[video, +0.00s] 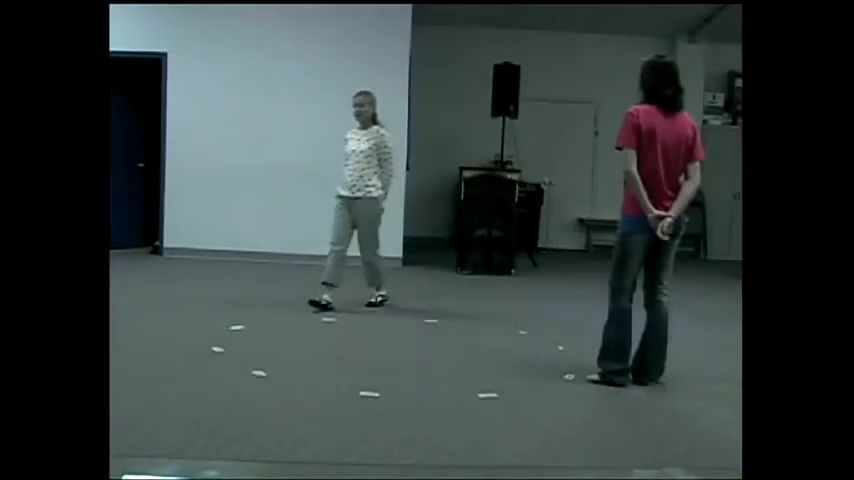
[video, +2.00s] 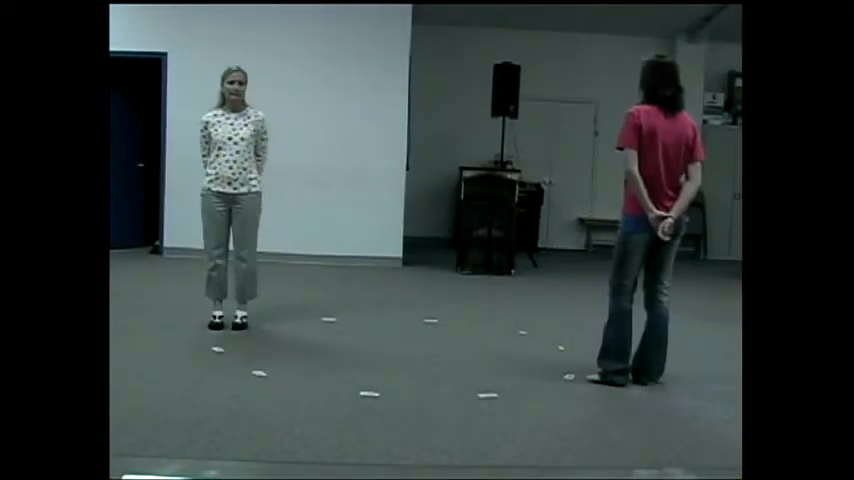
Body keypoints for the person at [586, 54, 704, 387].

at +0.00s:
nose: (642, 86)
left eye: (643, 81)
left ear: (646, 85)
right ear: (676, 85)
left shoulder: (636, 116)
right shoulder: (688, 124)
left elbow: (630, 168)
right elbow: (694, 178)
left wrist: (651, 210)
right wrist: (673, 215)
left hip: (638, 219)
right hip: (671, 220)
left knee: (622, 291)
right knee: (658, 292)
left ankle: (614, 369)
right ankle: (650, 370)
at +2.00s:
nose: (642, 86)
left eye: (643, 80)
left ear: (647, 84)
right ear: (676, 85)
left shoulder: (638, 116)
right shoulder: (689, 124)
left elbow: (631, 169)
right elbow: (694, 178)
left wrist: (651, 210)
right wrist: (674, 216)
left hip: (639, 219)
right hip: (672, 220)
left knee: (622, 291)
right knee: (659, 293)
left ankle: (615, 368)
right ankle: (649, 370)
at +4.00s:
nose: (657, 87)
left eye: (653, 80)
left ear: (649, 84)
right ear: (682, 88)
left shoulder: (632, 115)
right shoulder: (688, 126)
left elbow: (621, 163)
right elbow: (689, 179)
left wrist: (637, 205)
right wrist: (660, 212)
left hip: (631, 214)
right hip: (667, 217)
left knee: (620, 287)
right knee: (658, 292)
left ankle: (608, 354)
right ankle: (648, 369)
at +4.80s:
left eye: (608, 85)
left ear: (606, 88)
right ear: (634, 90)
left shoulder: (594, 120)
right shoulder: (644, 126)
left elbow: (588, 163)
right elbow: (649, 173)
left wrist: (606, 201)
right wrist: (628, 207)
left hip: (600, 208)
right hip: (631, 210)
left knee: (606, 276)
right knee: (614, 273)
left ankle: (606, 351)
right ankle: (611, 341)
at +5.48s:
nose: (577, 97)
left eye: (579, 92)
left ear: (579, 95)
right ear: (605, 96)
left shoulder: (572, 125)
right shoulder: (616, 128)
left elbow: (571, 168)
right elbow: (622, 170)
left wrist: (588, 201)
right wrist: (607, 202)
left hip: (579, 207)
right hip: (608, 207)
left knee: (571, 265)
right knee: (603, 271)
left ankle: (574, 325)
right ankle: (595, 331)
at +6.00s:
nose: (559, 99)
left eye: (560, 95)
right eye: (564, 95)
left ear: (562, 99)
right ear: (585, 101)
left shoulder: (553, 126)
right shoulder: (592, 131)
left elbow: (548, 166)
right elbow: (596, 171)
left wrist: (562, 197)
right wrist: (581, 199)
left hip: (553, 200)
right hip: (579, 201)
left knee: (548, 259)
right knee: (567, 256)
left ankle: (546, 318)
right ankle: (571, 313)